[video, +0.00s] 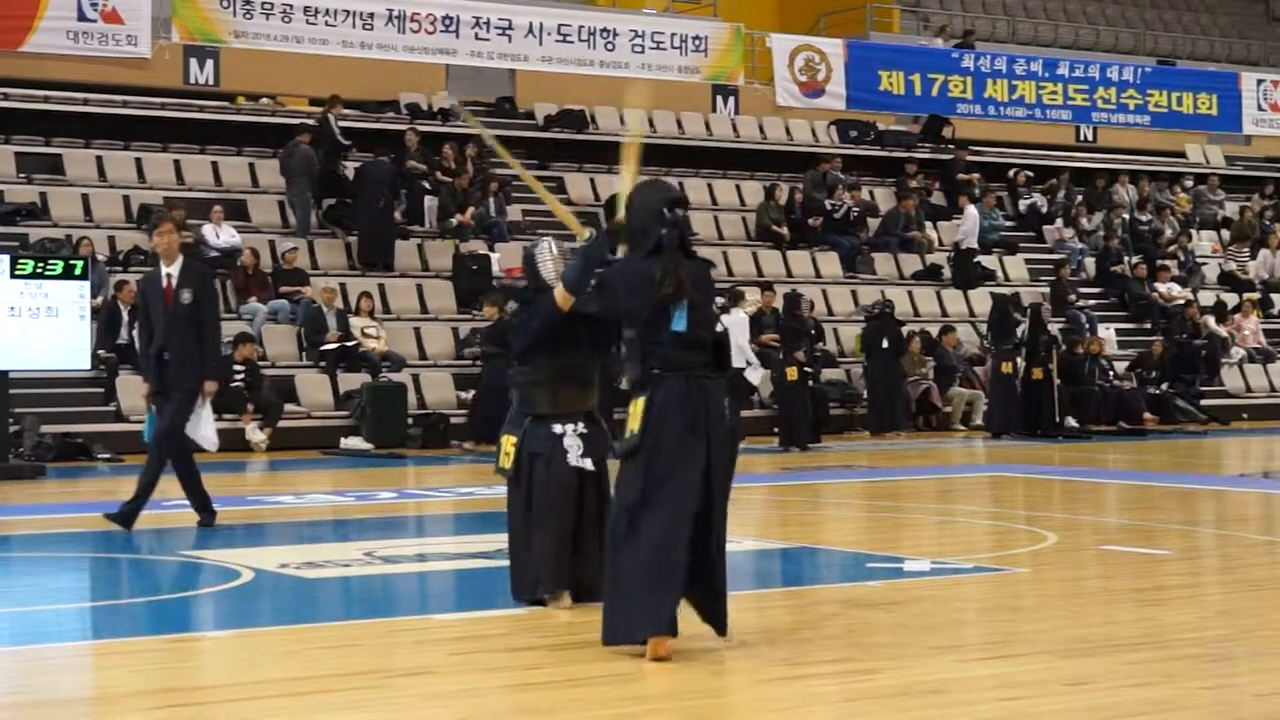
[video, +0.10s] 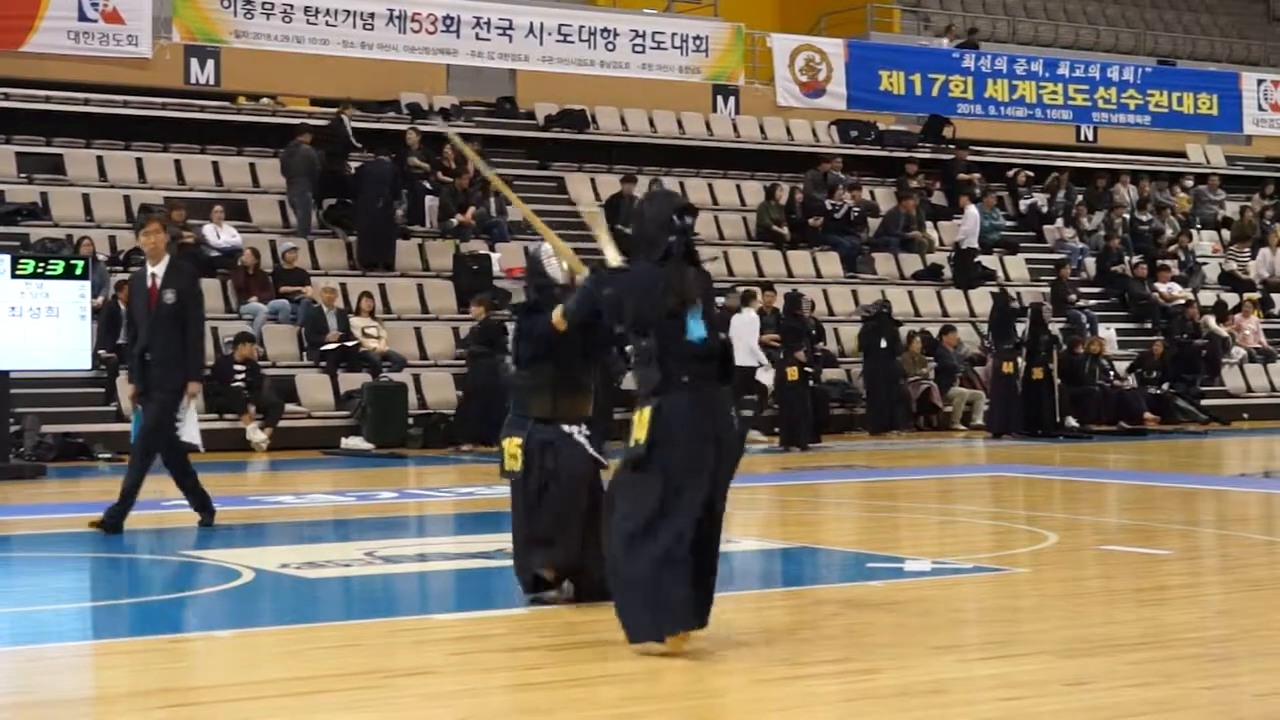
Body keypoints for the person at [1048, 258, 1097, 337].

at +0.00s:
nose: (1067, 271)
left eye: (1068, 268)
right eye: (1064, 269)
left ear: (1070, 270)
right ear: (1058, 270)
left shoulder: (1069, 283)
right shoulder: (1056, 284)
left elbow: (1079, 294)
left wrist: (1075, 297)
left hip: (1074, 306)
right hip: (1063, 308)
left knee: (1092, 316)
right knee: (1080, 317)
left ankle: (1094, 339)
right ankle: (1084, 340)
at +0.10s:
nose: (1068, 271)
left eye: (1069, 268)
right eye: (1065, 269)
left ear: (1070, 270)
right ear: (1059, 270)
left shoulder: (1069, 283)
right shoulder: (1056, 284)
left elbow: (1078, 294)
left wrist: (1075, 296)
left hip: (1074, 306)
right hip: (1063, 308)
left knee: (1092, 316)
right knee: (1080, 317)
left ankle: (1095, 339)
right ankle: (1084, 341)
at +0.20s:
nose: (1068, 271)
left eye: (1069, 268)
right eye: (1065, 269)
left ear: (1071, 270)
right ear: (1059, 270)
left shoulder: (1070, 283)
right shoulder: (1057, 284)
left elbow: (1079, 294)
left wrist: (1075, 296)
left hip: (1074, 306)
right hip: (1063, 308)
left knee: (1093, 316)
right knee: (1081, 317)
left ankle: (1095, 339)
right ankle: (1085, 340)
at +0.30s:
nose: (1069, 271)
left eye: (1070, 268)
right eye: (1066, 268)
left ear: (1071, 269)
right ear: (1060, 270)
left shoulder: (1071, 282)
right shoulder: (1058, 283)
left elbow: (1079, 293)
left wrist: (1076, 296)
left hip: (1075, 306)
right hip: (1064, 308)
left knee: (1093, 316)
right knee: (1081, 317)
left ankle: (1096, 339)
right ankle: (1085, 340)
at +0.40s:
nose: (1069, 270)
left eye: (1070, 268)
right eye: (1066, 268)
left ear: (1072, 269)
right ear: (1061, 270)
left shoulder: (1071, 282)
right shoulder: (1058, 283)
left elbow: (1080, 293)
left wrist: (1077, 296)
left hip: (1076, 306)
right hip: (1064, 308)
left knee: (1094, 316)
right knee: (1081, 316)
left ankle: (1096, 338)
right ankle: (1086, 340)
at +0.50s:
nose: (1070, 270)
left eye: (1071, 267)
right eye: (1067, 267)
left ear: (1073, 268)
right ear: (1062, 269)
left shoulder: (1072, 281)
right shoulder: (1060, 282)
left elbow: (1081, 292)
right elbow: (1073, 298)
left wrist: (1078, 295)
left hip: (1076, 305)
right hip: (1065, 307)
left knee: (1095, 315)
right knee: (1082, 316)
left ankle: (1097, 338)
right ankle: (1086, 340)